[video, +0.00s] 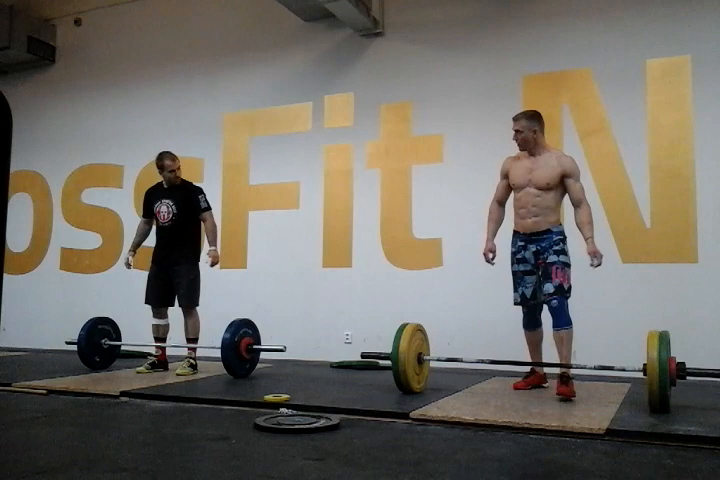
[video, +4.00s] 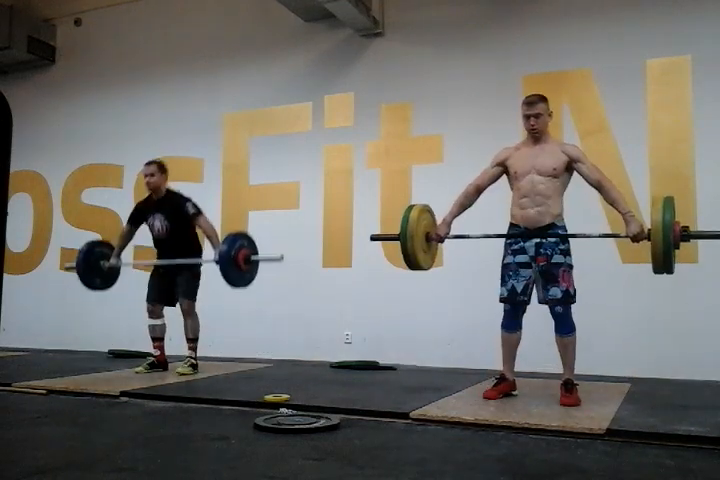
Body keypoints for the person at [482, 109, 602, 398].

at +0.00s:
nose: (514, 137)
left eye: (519, 132)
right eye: (513, 132)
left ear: (536, 132)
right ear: (520, 133)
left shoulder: (563, 163)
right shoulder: (510, 164)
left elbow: (580, 204)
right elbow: (498, 203)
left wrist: (590, 241)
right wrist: (490, 239)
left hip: (552, 242)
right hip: (521, 243)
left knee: (557, 305)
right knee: (530, 309)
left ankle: (565, 377)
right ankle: (537, 371)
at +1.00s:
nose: (514, 144)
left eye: (519, 138)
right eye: (510, 139)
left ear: (531, 130)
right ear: (505, 134)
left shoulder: (551, 162)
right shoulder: (493, 163)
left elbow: (572, 202)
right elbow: (479, 205)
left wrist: (584, 240)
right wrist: (470, 245)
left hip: (542, 241)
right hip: (508, 242)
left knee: (558, 307)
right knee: (500, 307)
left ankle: (566, 371)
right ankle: (494, 377)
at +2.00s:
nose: (512, 299)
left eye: (516, 292)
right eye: (507, 293)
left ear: (523, 283)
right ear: (495, 287)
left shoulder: (549, 286)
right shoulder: (481, 289)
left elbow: (603, 312)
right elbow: (447, 310)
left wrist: (633, 353)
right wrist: (431, 346)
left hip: (552, 277)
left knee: (568, 320)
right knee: (485, 319)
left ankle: (568, 383)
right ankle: (495, 379)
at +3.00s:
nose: (511, 251)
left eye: (515, 245)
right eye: (506, 247)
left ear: (527, 237)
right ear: (499, 243)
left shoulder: (550, 258)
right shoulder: (489, 259)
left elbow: (593, 297)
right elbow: (461, 294)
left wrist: (624, 340)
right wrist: (436, 331)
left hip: (551, 287)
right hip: (512, 288)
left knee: (572, 313)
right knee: (481, 309)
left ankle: (570, 383)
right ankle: (494, 378)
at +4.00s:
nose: (532, 121)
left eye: (537, 116)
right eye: (527, 117)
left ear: (549, 117)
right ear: (521, 119)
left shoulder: (567, 152)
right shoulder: (508, 155)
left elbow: (602, 184)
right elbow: (475, 188)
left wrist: (629, 217)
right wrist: (446, 219)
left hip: (553, 238)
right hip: (517, 239)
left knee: (561, 310)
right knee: (512, 309)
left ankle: (569, 381)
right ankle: (507, 378)